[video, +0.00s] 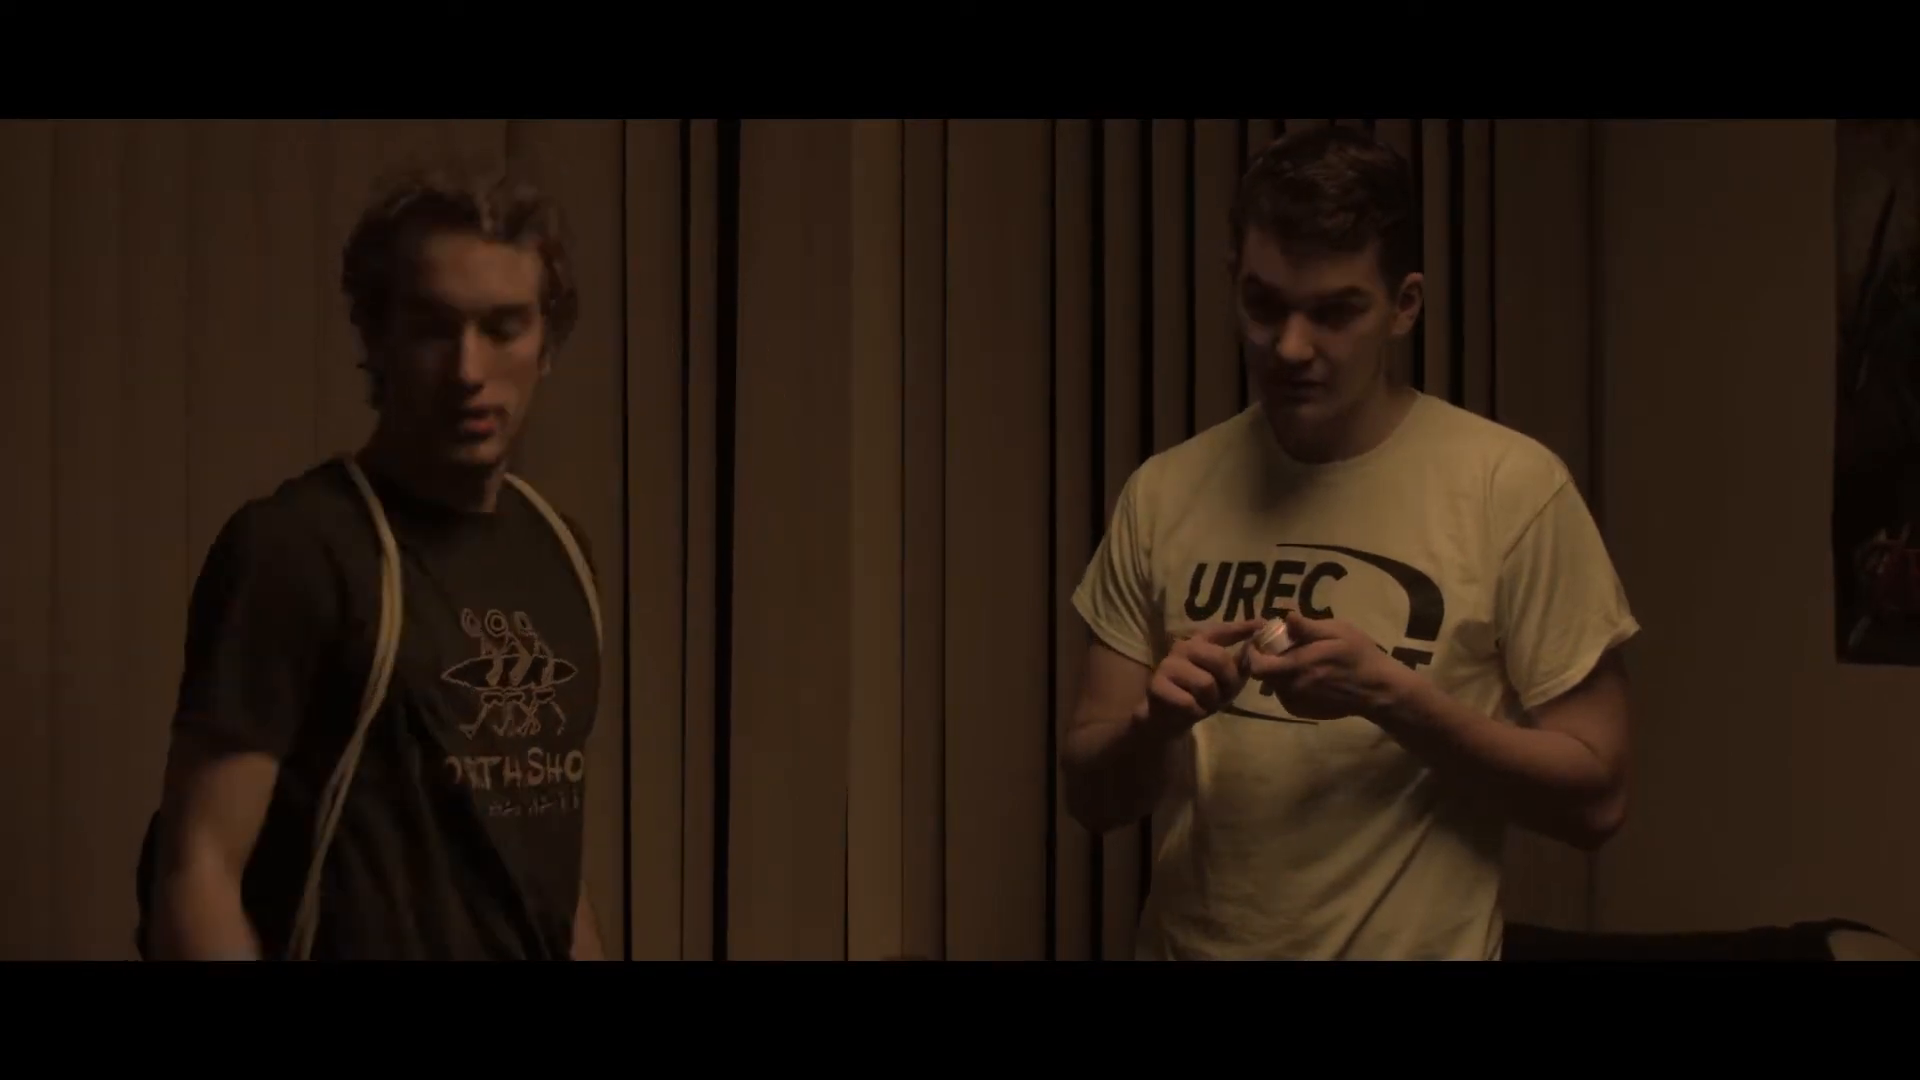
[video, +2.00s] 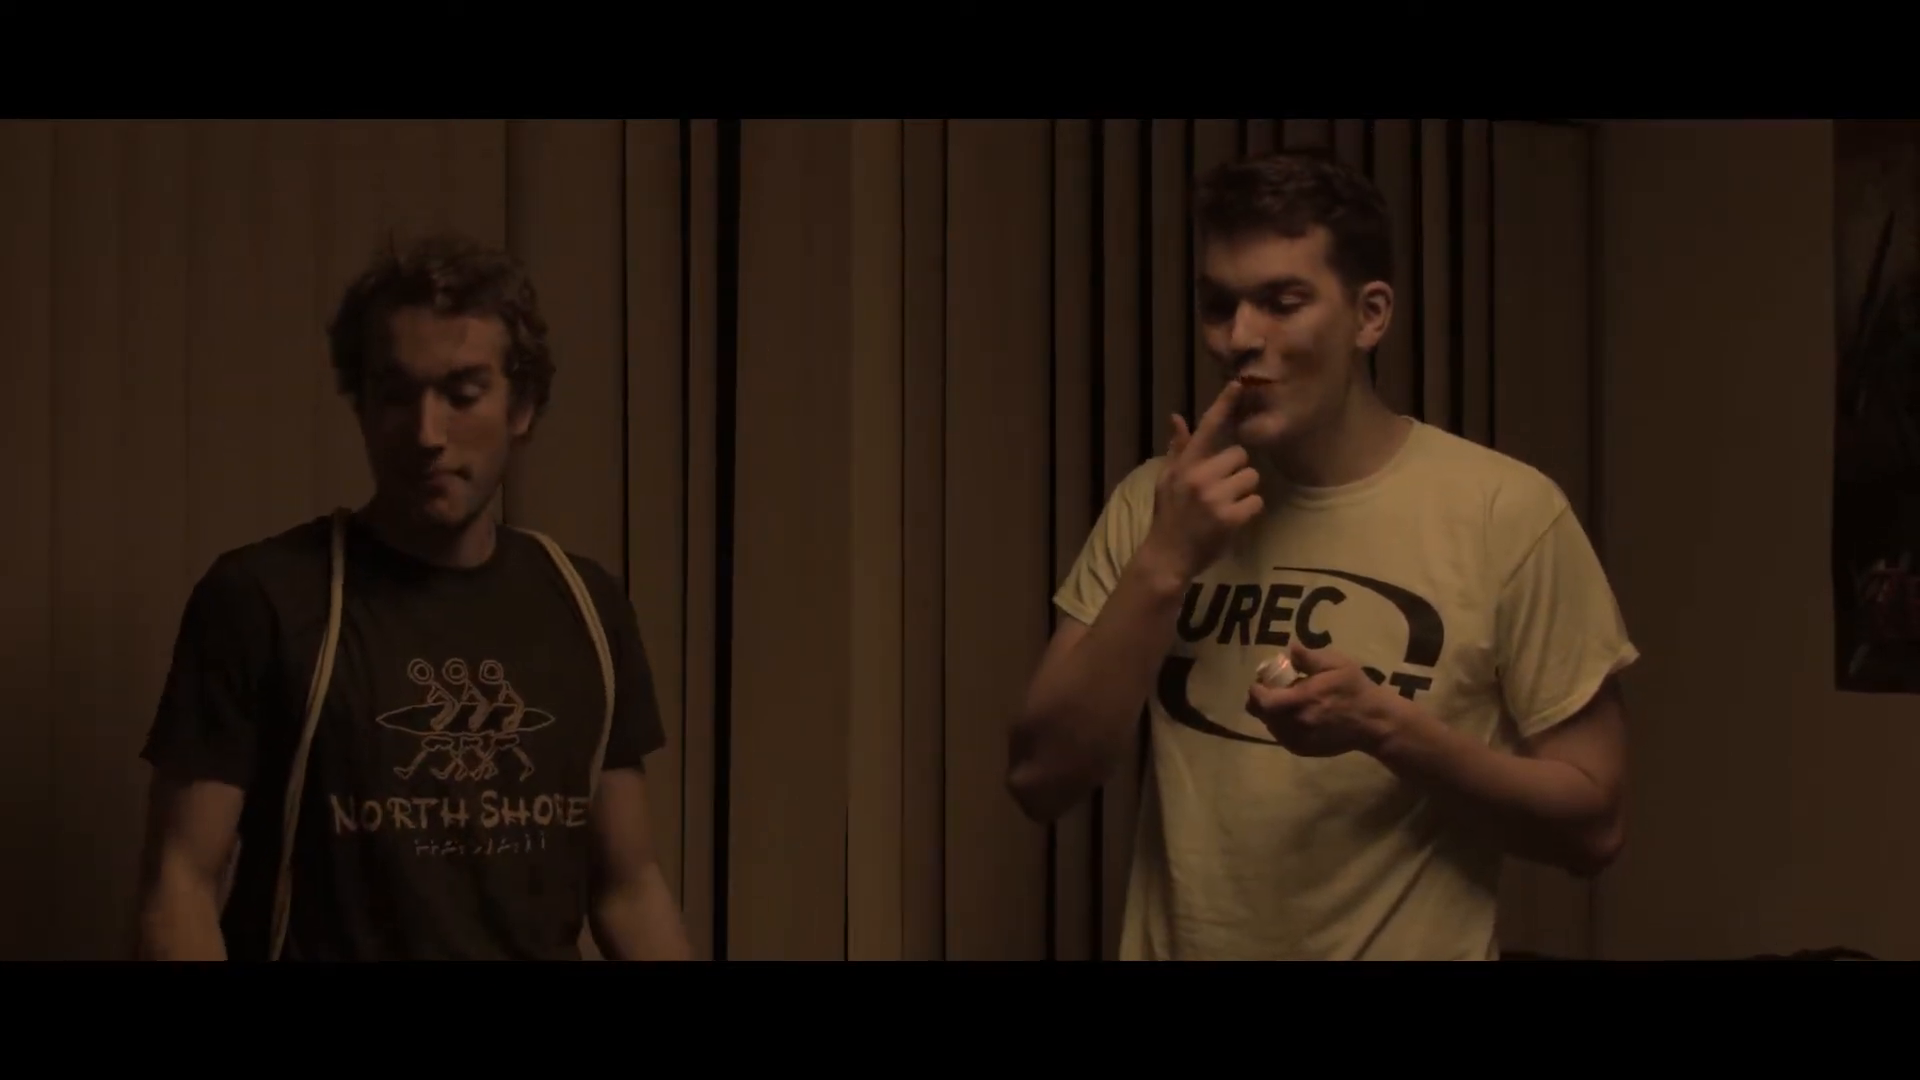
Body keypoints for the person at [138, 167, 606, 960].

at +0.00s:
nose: (470, 371)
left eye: (503, 327)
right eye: (432, 327)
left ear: (546, 340)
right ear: (372, 340)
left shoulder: (555, 546)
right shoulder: (288, 549)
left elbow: (540, 848)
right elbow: (197, 869)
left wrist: (584, 946)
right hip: (349, 943)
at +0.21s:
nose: (408, 449)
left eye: (441, 400)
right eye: (372, 407)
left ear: (509, 383)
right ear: (337, 398)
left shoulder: (606, 553)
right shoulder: (247, 589)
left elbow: (635, 813)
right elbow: (172, 881)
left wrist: (673, 949)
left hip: (553, 945)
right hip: (326, 949)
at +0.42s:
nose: (337, 463)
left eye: (372, 420)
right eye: (311, 424)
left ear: (467, 395)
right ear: (289, 409)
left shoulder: (620, 556)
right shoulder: (239, 590)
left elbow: (726, 831)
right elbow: (190, 867)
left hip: (560, 948)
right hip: (330, 952)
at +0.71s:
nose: (286, 488)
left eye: (317, 445)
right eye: (262, 450)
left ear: (413, 410)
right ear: (241, 431)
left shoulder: (595, 539)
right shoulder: (223, 596)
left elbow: (721, 780)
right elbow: (208, 845)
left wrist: (763, 947)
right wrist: (170, 908)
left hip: (567, 945)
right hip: (341, 955)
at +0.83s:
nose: (326, 432)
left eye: (359, 383)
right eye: (294, 393)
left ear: (444, 377)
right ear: (271, 401)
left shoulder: (593, 539)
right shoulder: (223, 584)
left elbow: (695, 781)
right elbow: (181, 876)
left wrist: (726, 956)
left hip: (557, 952)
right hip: (338, 959)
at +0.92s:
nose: (357, 397)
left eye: (393, 352)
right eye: (326, 362)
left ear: (465, 365)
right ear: (295, 381)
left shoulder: (588, 541)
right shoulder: (223, 581)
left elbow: (671, 796)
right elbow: (168, 877)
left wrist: (714, 953)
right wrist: (374, 863)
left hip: (546, 951)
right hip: (332, 963)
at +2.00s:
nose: (426, 434)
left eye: (462, 393)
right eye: (395, 397)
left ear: (522, 411)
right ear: (361, 413)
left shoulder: (589, 607)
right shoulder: (260, 600)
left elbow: (629, 883)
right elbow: (183, 883)